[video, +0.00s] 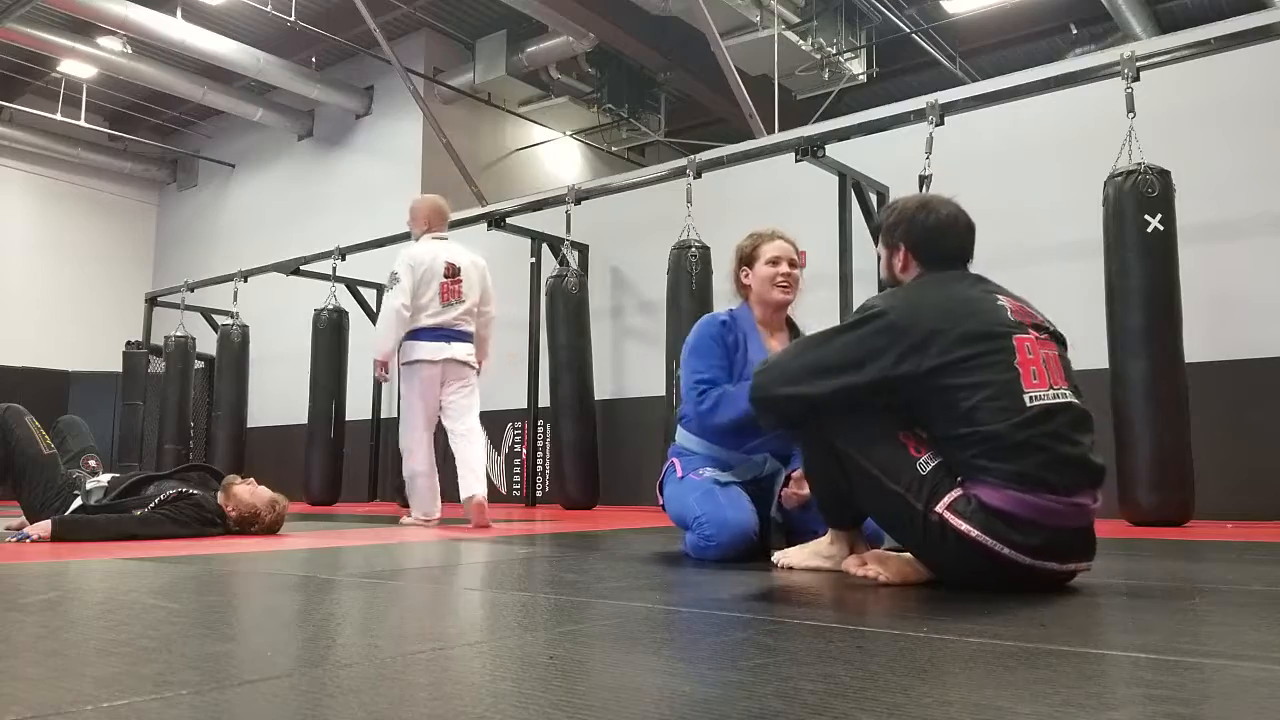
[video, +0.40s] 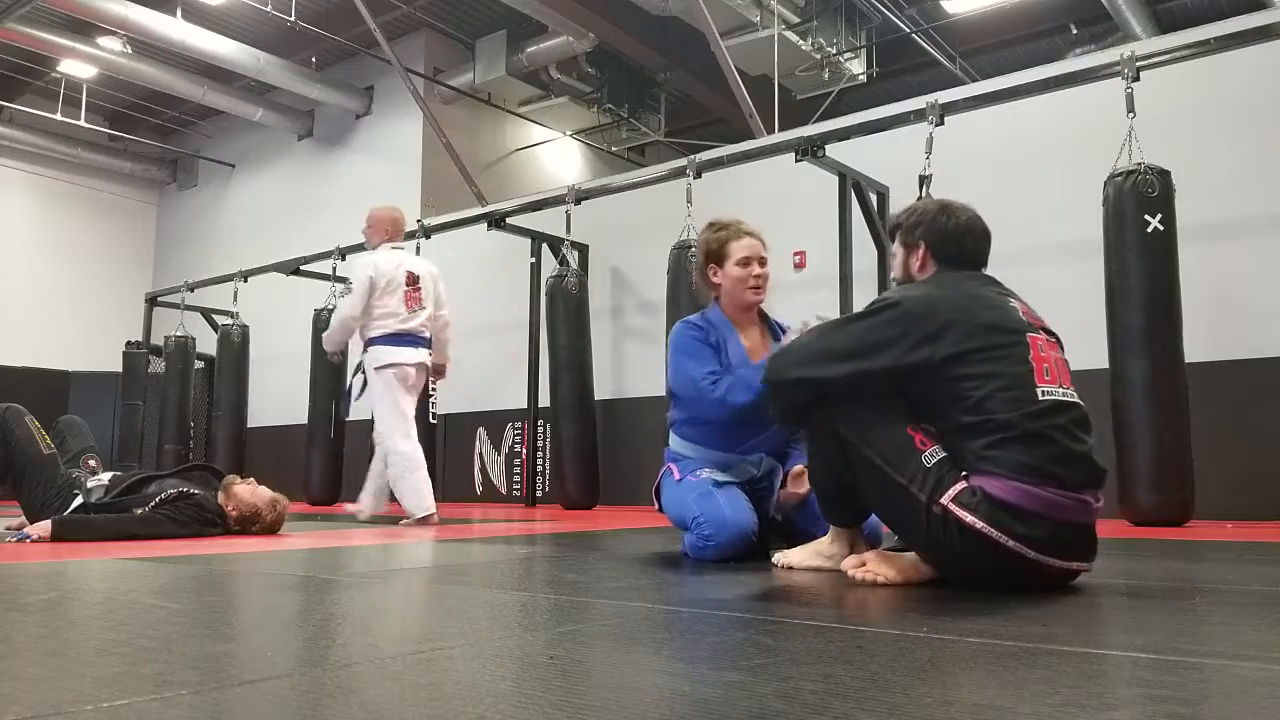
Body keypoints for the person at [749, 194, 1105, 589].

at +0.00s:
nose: (881, 267)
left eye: (882, 254)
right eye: (880, 254)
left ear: (902, 257)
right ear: (961, 254)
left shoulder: (906, 309)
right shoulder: (1015, 306)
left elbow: (770, 386)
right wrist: (828, 473)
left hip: (991, 545)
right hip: (1070, 551)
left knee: (823, 400)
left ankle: (840, 540)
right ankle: (931, 555)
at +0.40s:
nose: (892, 272)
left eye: (895, 258)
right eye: (893, 259)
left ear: (921, 257)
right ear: (974, 258)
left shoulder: (923, 302)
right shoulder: (1015, 306)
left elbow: (787, 370)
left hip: (992, 539)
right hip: (1069, 550)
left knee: (833, 390)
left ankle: (840, 538)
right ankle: (927, 549)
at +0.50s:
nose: (901, 270)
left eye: (904, 256)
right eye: (901, 258)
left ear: (929, 255)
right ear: (984, 258)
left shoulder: (931, 300)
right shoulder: (1023, 306)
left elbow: (788, 367)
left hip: (991, 538)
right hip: (1069, 551)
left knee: (835, 388)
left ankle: (841, 537)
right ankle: (929, 550)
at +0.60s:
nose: (908, 271)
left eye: (913, 255)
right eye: (909, 257)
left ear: (940, 252)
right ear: (994, 257)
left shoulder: (935, 300)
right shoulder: (1034, 307)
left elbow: (790, 365)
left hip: (990, 537)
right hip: (1070, 552)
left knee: (837, 389)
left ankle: (842, 537)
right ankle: (931, 551)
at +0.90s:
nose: (934, 271)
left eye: (938, 258)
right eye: (935, 260)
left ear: (965, 254)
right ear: (1019, 265)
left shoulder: (950, 298)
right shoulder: (1078, 324)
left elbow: (804, 352)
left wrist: (822, 413)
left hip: (989, 539)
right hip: (1073, 559)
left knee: (847, 386)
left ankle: (841, 541)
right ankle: (929, 553)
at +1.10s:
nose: (957, 273)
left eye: (961, 261)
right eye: (959, 263)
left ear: (985, 259)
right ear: (1043, 266)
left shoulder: (966, 299)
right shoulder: (1108, 333)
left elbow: (819, 337)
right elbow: (1175, 454)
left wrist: (834, 400)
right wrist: (1193, 551)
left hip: (984, 533)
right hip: (1070, 564)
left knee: (857, 387)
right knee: (974, 419)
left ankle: (843, 537)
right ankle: (929, 554)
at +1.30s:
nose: (979, 273)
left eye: (983, 262)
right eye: (981, 263)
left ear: (1004, 259)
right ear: (1064, 274)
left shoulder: (988, 299)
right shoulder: (1128, 342)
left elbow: (834, 335)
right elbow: (1204, 465)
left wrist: (868, 391)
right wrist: (1232, 568)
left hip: (985, 525)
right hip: (1069, 565)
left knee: (872, 382)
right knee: (991, 428)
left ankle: (844, 537)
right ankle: (930, 553)